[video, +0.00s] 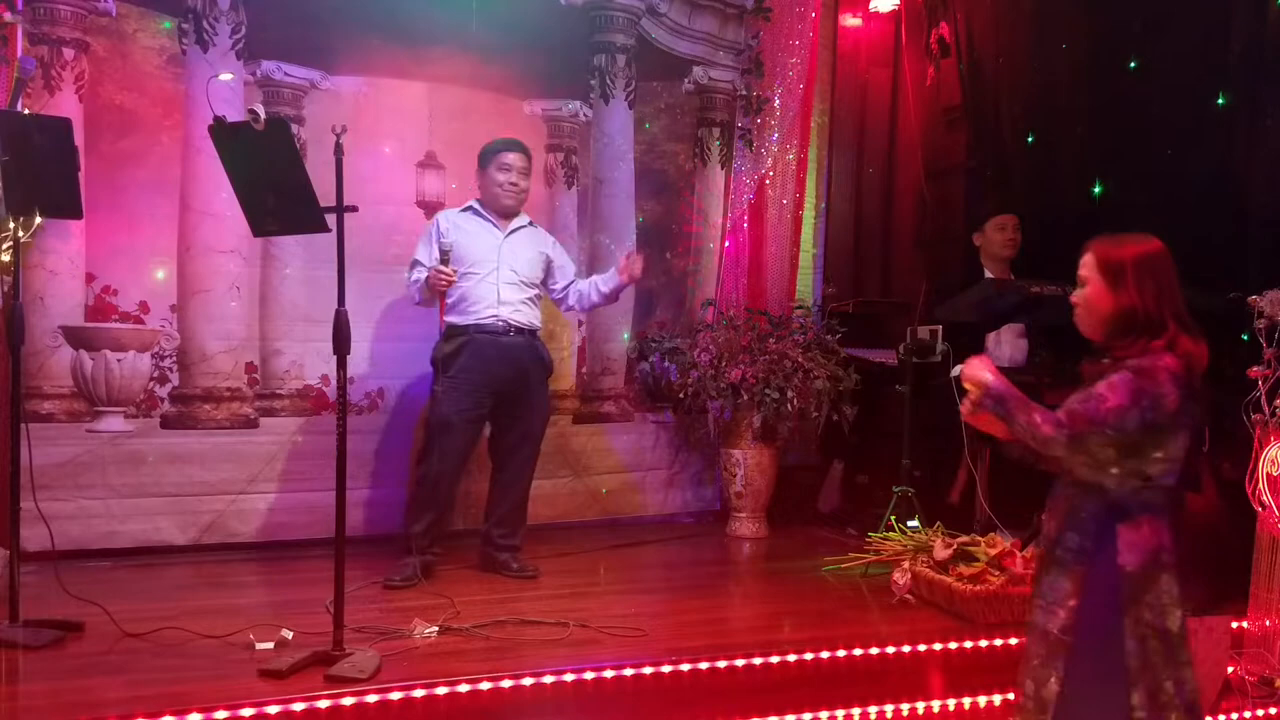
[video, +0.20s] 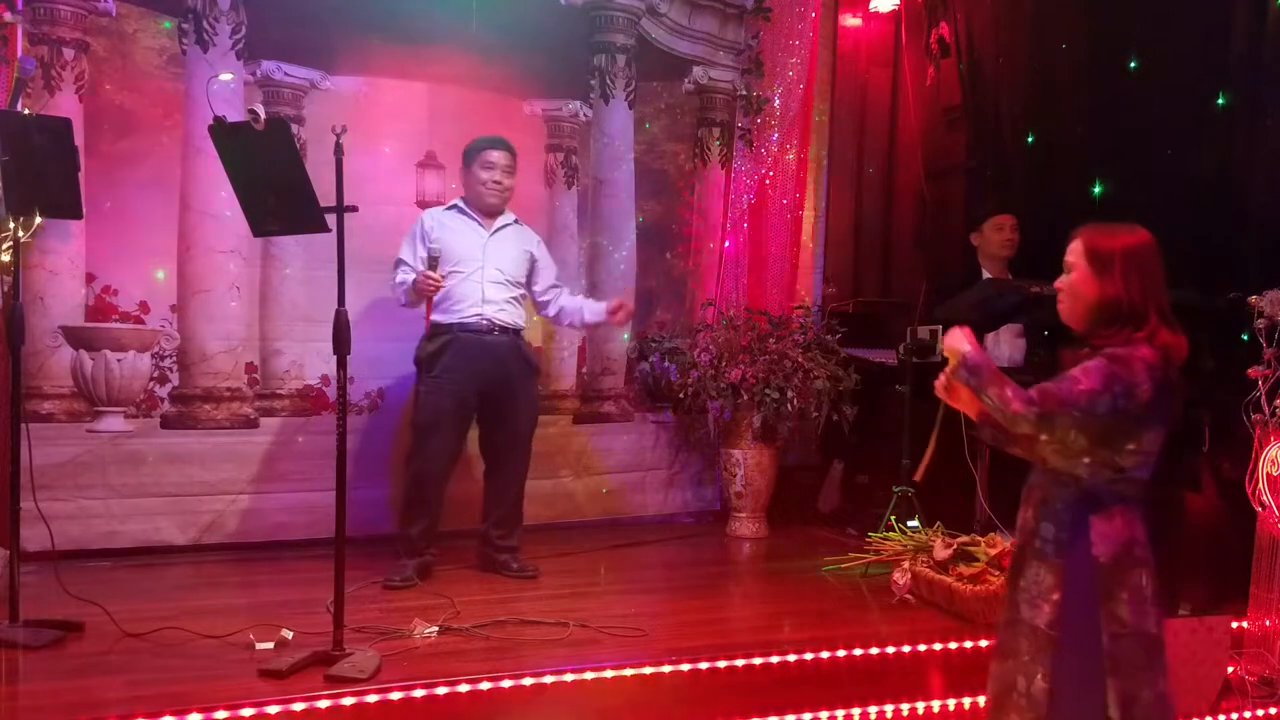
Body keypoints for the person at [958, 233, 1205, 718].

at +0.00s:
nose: (1074, 297)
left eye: (1085, 284)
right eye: (1077, 284)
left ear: (1126, 294)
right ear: (1128, 297)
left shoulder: (1153, 375)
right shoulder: (1139, 369)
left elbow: (1063, 435)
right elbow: (1086, 450)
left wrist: (992, 384)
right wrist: (1006, 428)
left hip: (1116, 549)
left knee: (1094, 685)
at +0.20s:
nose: (1058, 284)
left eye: (1071, 271)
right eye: (1062, 271)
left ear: (1112, 284)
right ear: (1110, 286)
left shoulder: (1131, 365)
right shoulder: (1117, 360)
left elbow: (1024, 410)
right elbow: (1064, 442)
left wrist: (971, 357)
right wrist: (979, 410)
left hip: (1092, 537)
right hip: (1070, 531)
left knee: (1076, 678)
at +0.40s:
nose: (1050, 281)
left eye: (1064, 269)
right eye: (1055, 268)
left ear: (1105, 283)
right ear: (1101, 285)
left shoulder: (1126, 363)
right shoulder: (1100, 357)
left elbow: (1017, 404)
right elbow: (1044, 436)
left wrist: (963, 345)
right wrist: (969, 403)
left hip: (1083, 532)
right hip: (1049, 526)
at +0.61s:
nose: (1036, 280)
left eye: (1050, 269)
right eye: (1041, 268)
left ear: (1092, 286)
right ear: (1088, 288)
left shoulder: (1112, 365)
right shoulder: (1085, 360)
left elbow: (1004, 406)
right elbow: (1035, 439)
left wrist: (957, 351)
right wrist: (959, 409)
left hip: (1073, 535)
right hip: (1037, 527)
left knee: (1054, 682)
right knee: (1021, 674)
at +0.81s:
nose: (1016, 288)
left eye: (1029, 277)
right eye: (1021, 276)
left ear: (1068, 289)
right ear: (1070, 292)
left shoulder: (1090, 365)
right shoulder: (1086, 360)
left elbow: (986, 409)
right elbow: (1029, 443)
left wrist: (939, 359)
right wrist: (953, 423)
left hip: (1058, 528)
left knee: (1037, 675)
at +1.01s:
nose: (999, 308)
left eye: (1010, 295)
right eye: (1003, 295)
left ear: (1046, 303)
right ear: (1052, 306)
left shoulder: (1063, 373)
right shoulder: (1087, 371)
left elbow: (967, 424)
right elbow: (1027, 461)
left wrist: (926, 382)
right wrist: (951, 449)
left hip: (1041, 535)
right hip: (1069, 530)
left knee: (1016, 673)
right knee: (1051, 672)